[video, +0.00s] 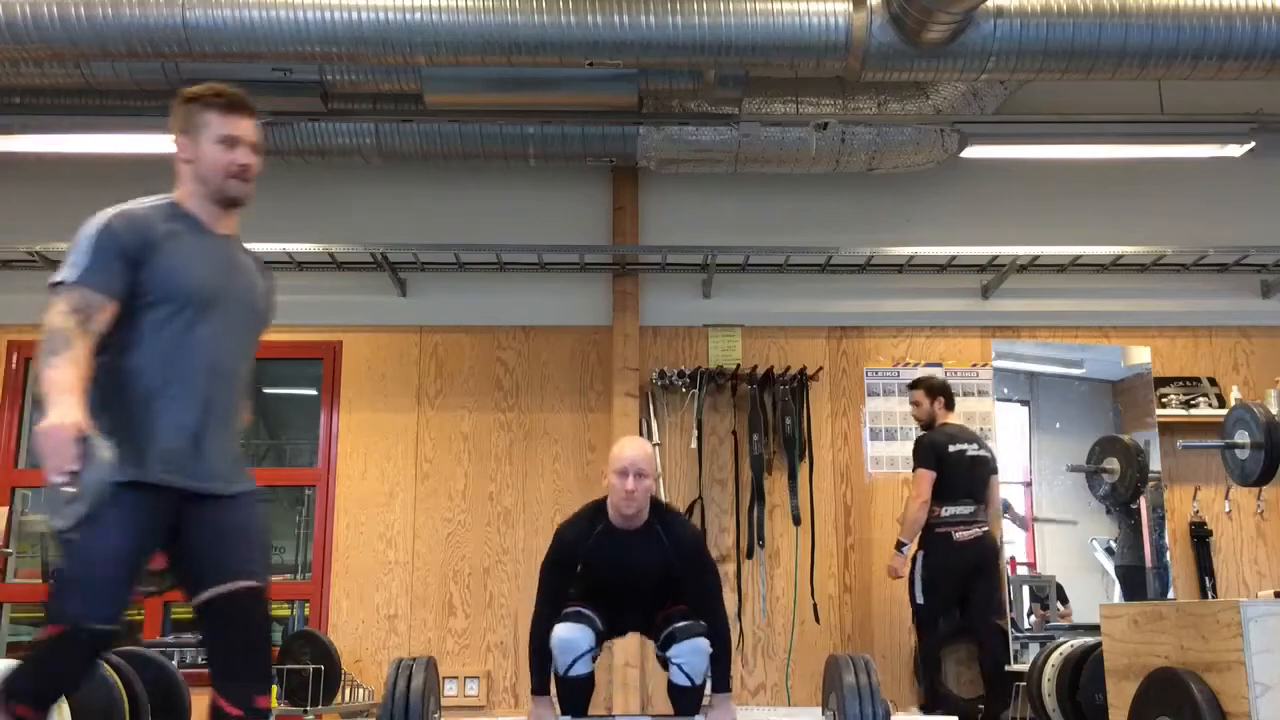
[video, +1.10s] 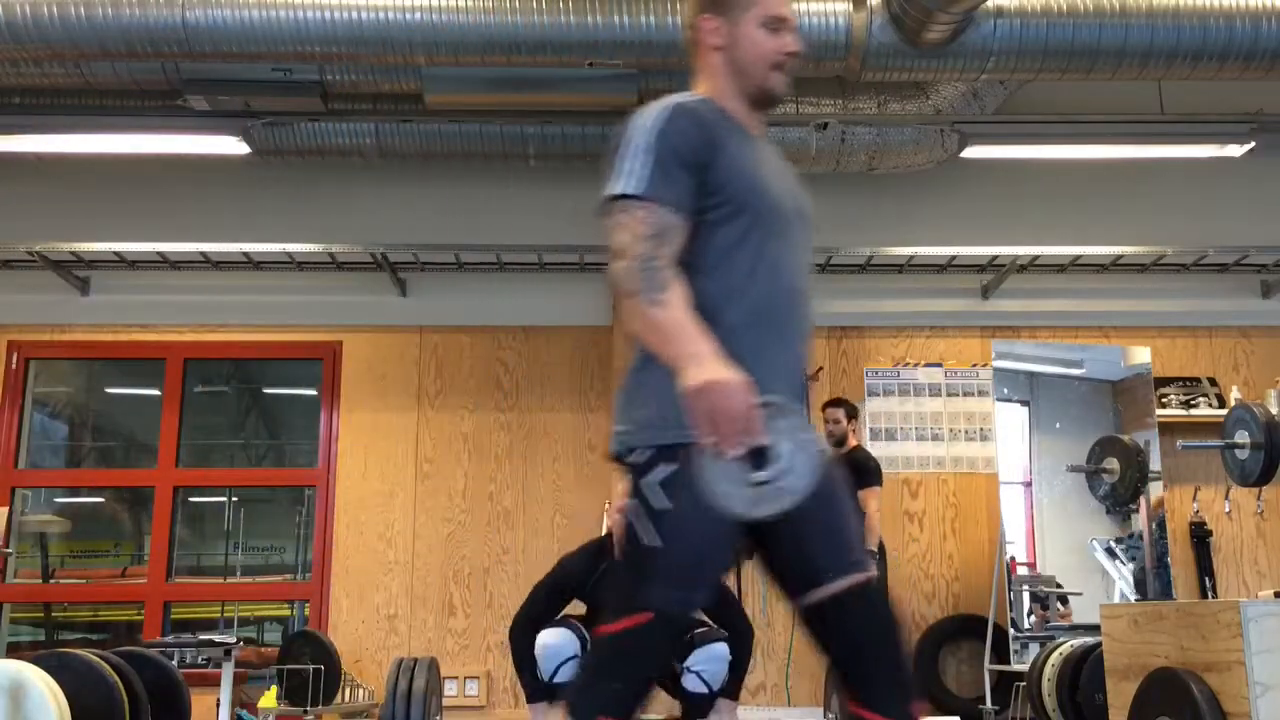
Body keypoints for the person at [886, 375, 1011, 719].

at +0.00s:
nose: (912, 411)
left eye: (917, 404)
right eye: (911, 405)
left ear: (939, 403)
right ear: (943, 406)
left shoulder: (929, 441)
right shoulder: (979, 441)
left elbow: (921, 499)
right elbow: (994, 503)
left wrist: (902, 550)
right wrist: (992, 543)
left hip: (940, 545)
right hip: (981, 544)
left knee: (929, 628)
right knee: (987, 626)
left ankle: (934, 705)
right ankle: (998, 705)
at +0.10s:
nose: (901, 419)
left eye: (905, 412)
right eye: (900, 412)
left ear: (927, 409)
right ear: (931, 412)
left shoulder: (920, 448)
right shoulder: (968, 448)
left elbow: (913, 506)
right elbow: (975, 512)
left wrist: (895, 555)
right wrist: (965, 545)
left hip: (933, 551)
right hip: (973, 549)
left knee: (927, 635)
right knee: (978, 634)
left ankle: (920, 705)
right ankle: (994, 706)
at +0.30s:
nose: (876, 430)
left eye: (878, 422)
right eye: (875, 423)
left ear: (897, 418)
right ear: (903, 419)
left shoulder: (899, 456)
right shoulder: (938, 451)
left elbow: (896, 513)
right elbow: (947, 508)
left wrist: (881, 563)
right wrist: (934, 535)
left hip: (909, 552)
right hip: (944, 550)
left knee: (896, 631)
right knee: (948, 627)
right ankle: (984, 700)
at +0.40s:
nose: (867, 428)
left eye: (870, 421)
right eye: (865, 421)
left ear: (890, 418)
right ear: (896, 419)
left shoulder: (890, 456)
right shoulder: (924, 452)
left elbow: (887, 515)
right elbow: (926, 511)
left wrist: (871, 560)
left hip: (897, 551)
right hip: (928, 550)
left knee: (889, 632)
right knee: (927, 629)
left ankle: (901, 706)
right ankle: (958, 679)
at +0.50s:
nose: (860, 426)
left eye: (865, 419)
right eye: (859, 419)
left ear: (886, 417)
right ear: (886, 419)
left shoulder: (885, 454)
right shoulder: (910, 450)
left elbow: (879, 511)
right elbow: (904, 508)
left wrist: (858, 553)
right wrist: (860, 520)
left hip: (890, 546)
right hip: (913, 544)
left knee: (884, 624)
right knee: (895, 621)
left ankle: (900, 706)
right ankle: (934, 682)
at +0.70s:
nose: (848, 425)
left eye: (854, 419)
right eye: (846, 419)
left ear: (874, 417)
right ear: (863, 419)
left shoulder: (880, 453)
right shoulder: (873, 452)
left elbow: (873, 509)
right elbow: (871, 508)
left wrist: (842, 544)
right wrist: (848, 534)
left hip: (882, 547)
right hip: (874, 546)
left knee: (874, 626)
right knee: (864, 623)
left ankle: (900, 704)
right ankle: (894, 701)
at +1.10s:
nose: (829, 428)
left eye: (836, 422)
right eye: (826, 422)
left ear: (852, 424)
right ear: (823, 423)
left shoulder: (863, 462)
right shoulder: (832, 461)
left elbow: (871, 511)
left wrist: (871, 552)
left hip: (863, 547)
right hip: (841, 546)